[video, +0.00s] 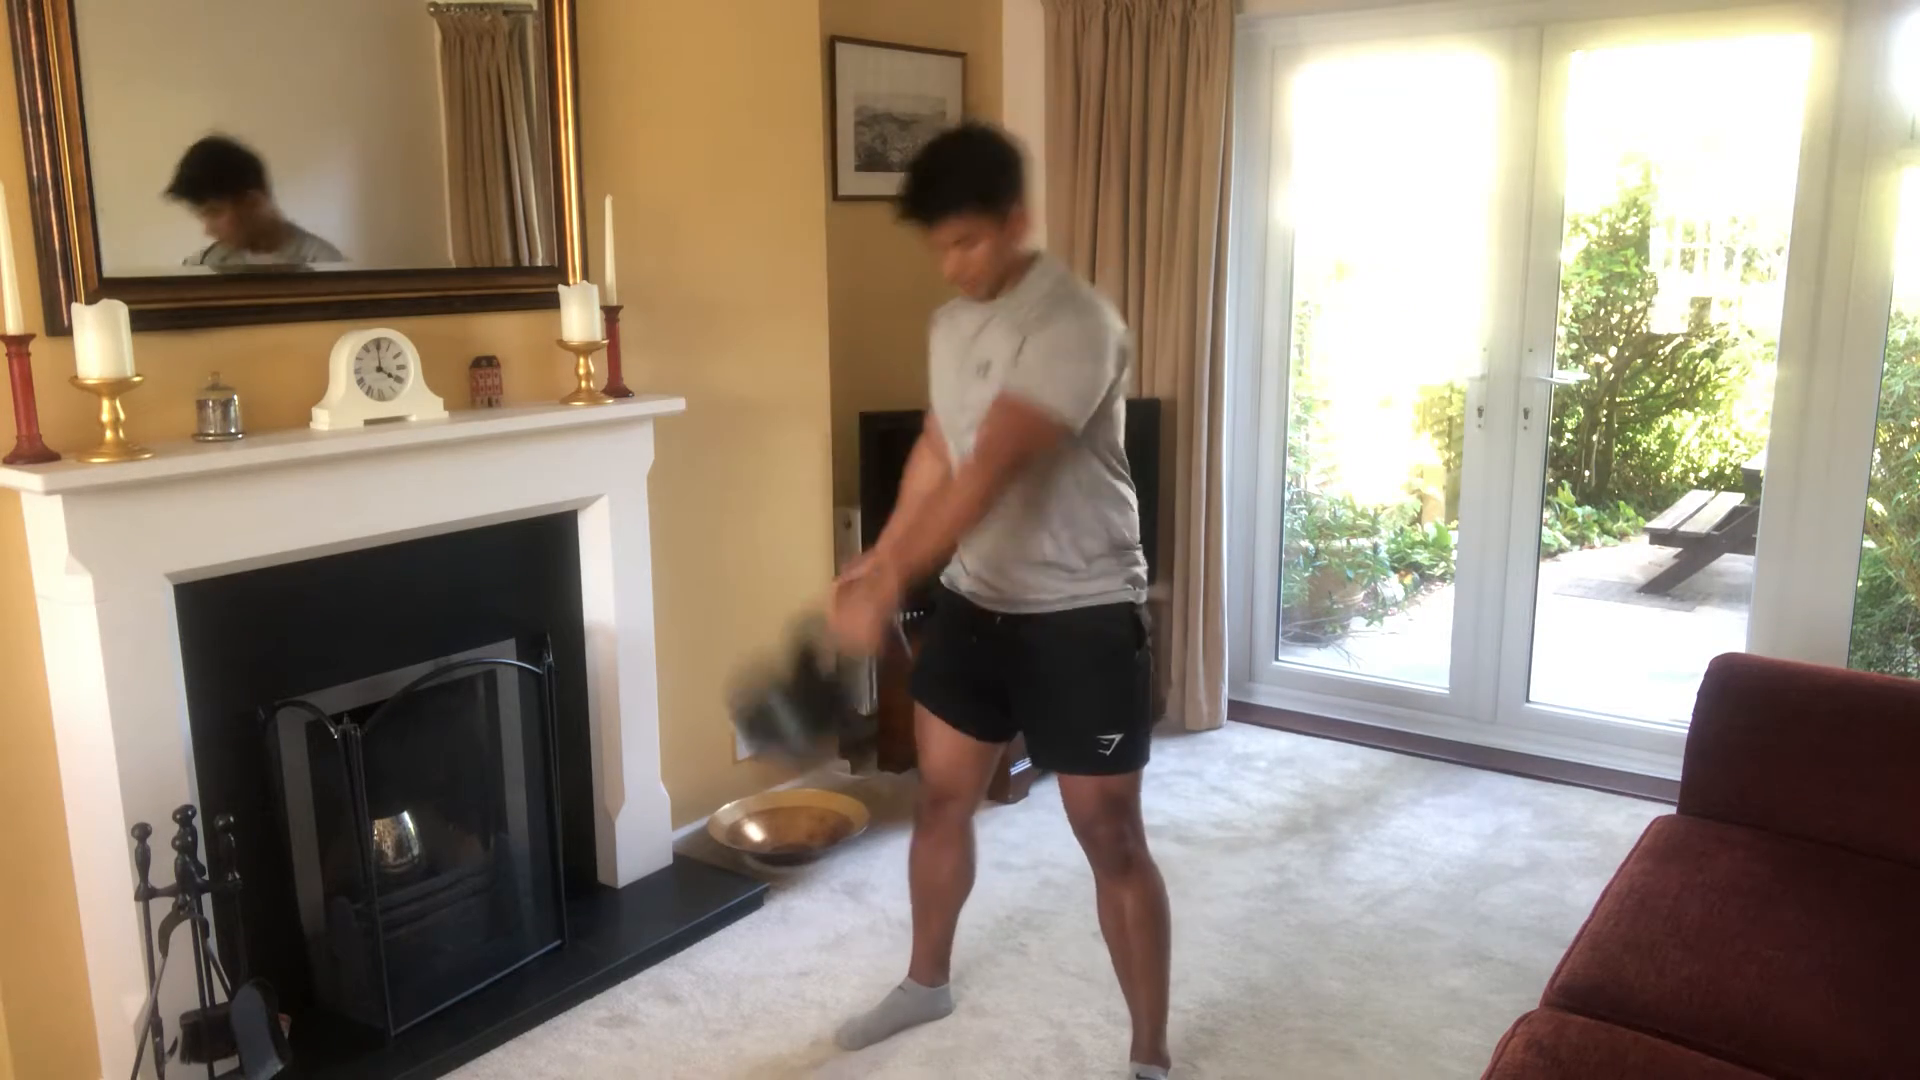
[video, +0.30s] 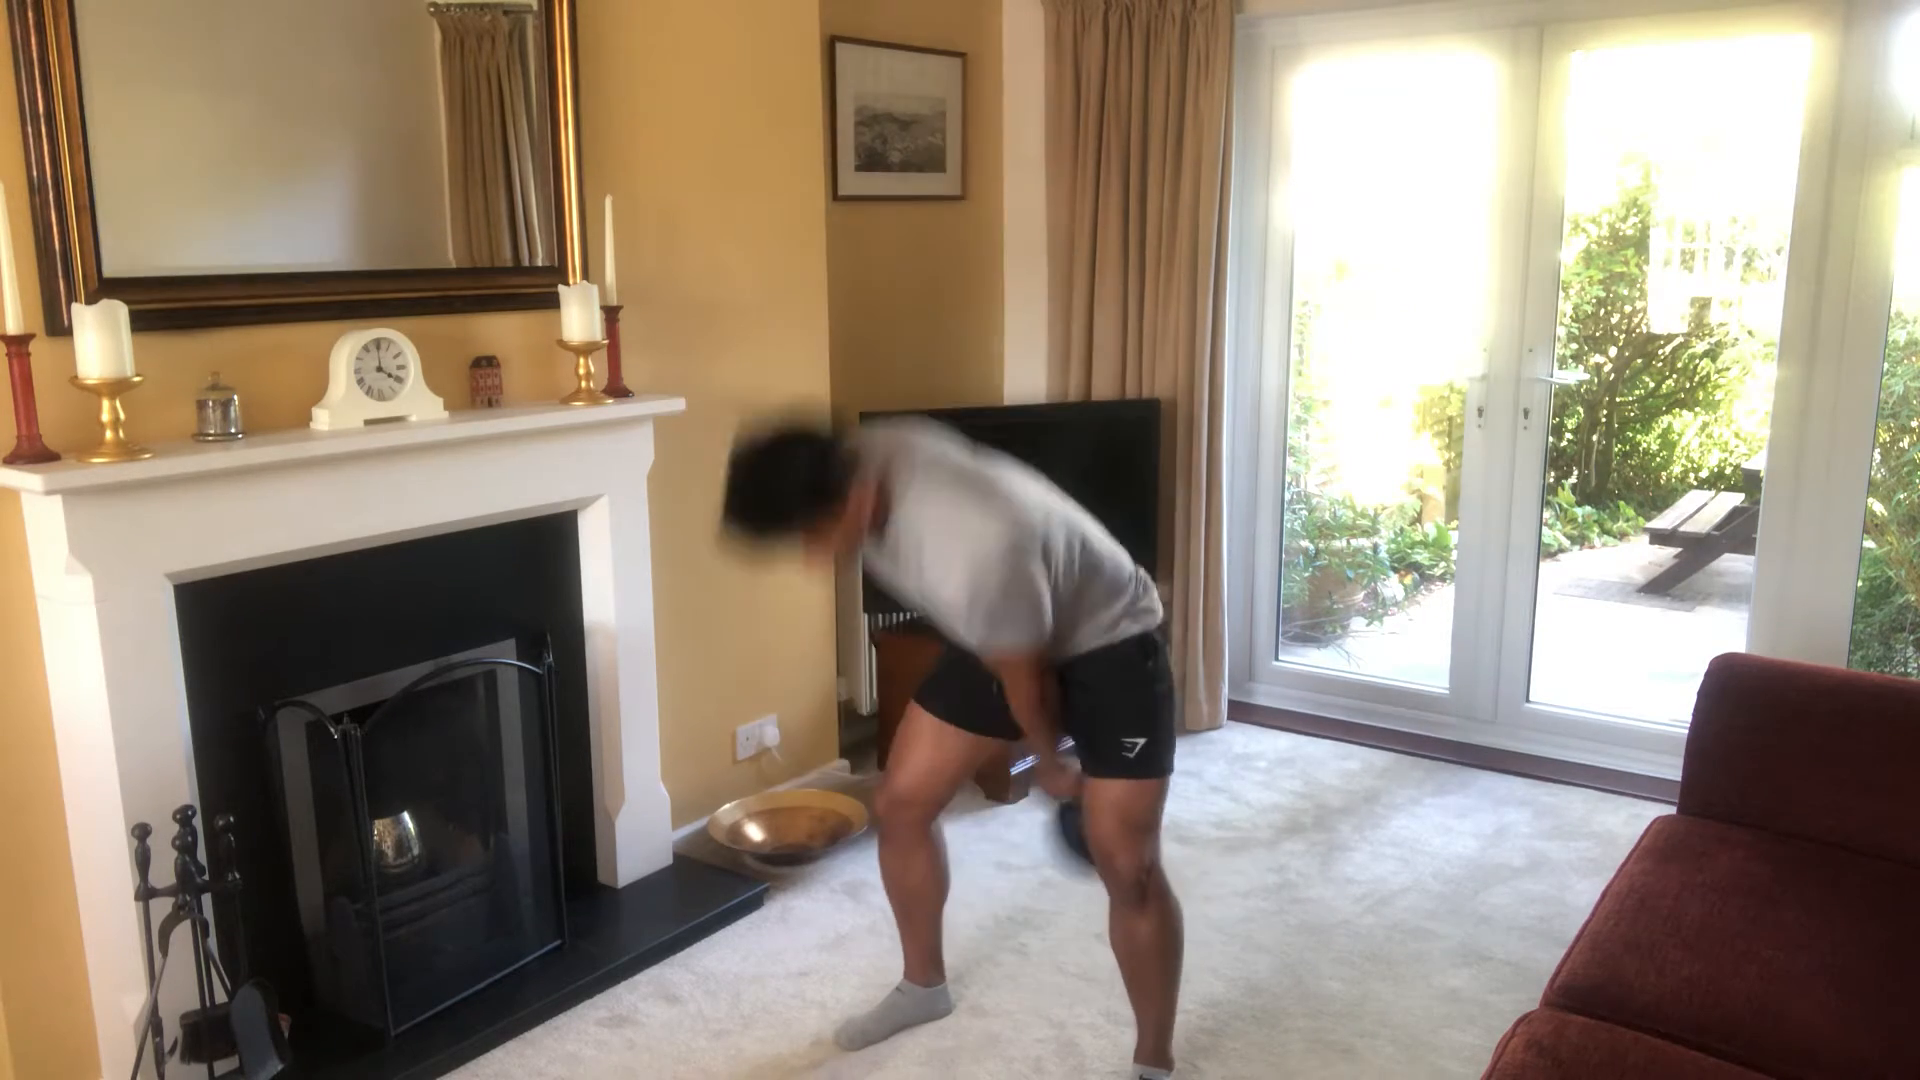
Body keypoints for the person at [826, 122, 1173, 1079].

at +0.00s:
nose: (952, 262)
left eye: (968, 240)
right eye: (939, 245)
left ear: (1019, 220)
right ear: (928, 238)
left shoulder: (1076, 320)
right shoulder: (952, 321)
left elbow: (990, 468)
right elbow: (935, 449)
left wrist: (885, 582)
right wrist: (882, 561)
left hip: (1082, 613)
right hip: (974, 603)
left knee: (1109, 835)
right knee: (941, 799)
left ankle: (1150, 1053)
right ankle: (926, 983)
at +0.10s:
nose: (897, 317)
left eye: (909, 296)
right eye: (887, 301)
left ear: (960, 270)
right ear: (883, 287)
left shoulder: (1038, 357)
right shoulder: (922, 343)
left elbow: (996, 549)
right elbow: (920, 450)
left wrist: (933, 692)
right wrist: (878, 541)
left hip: (1093, 615)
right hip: (991, 605)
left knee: (1115, 843)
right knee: (926, 780)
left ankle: (1151, 1056)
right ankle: (926, 980)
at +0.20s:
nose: (841, 414)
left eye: (845, 395)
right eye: (830, 398)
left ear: (888, 363)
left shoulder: (997, 436)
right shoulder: (889, 399)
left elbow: (1006, 627)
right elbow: (898, 468)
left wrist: (995, 766)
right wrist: (885, 530)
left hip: (1102, 627)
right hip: (996, 616)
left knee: (1125, 857)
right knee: (911, 800)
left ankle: (1153, 1060)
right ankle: (924, 984)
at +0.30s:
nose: (811, 552)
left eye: (809, 535)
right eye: (798, 541)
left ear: (840, 505)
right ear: (831, 471)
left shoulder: (974, 548)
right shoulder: (872, 452)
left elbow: (1024, 678)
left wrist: (1051, 764)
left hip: (1110, 637)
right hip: (1004, 623)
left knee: (1127, 863)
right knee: (902, 805)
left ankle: (1154, 1061)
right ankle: (924, 984)